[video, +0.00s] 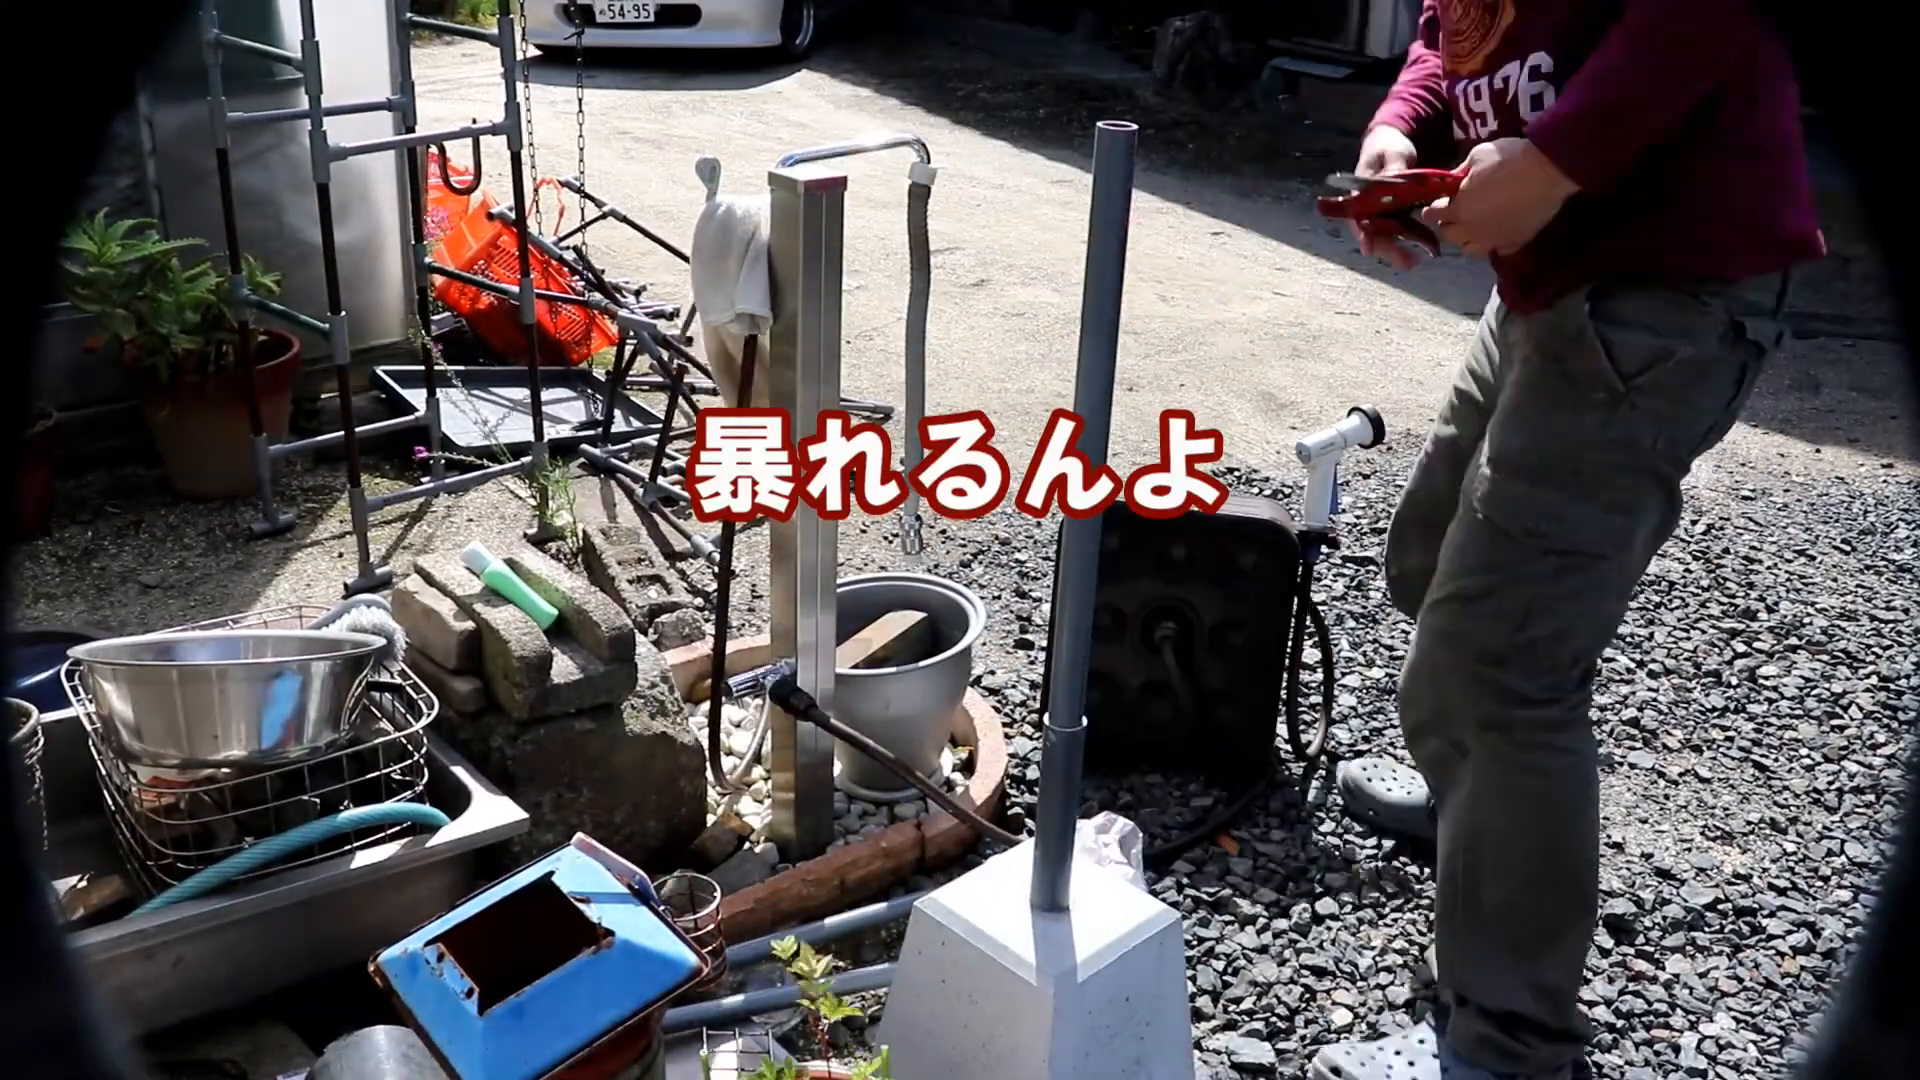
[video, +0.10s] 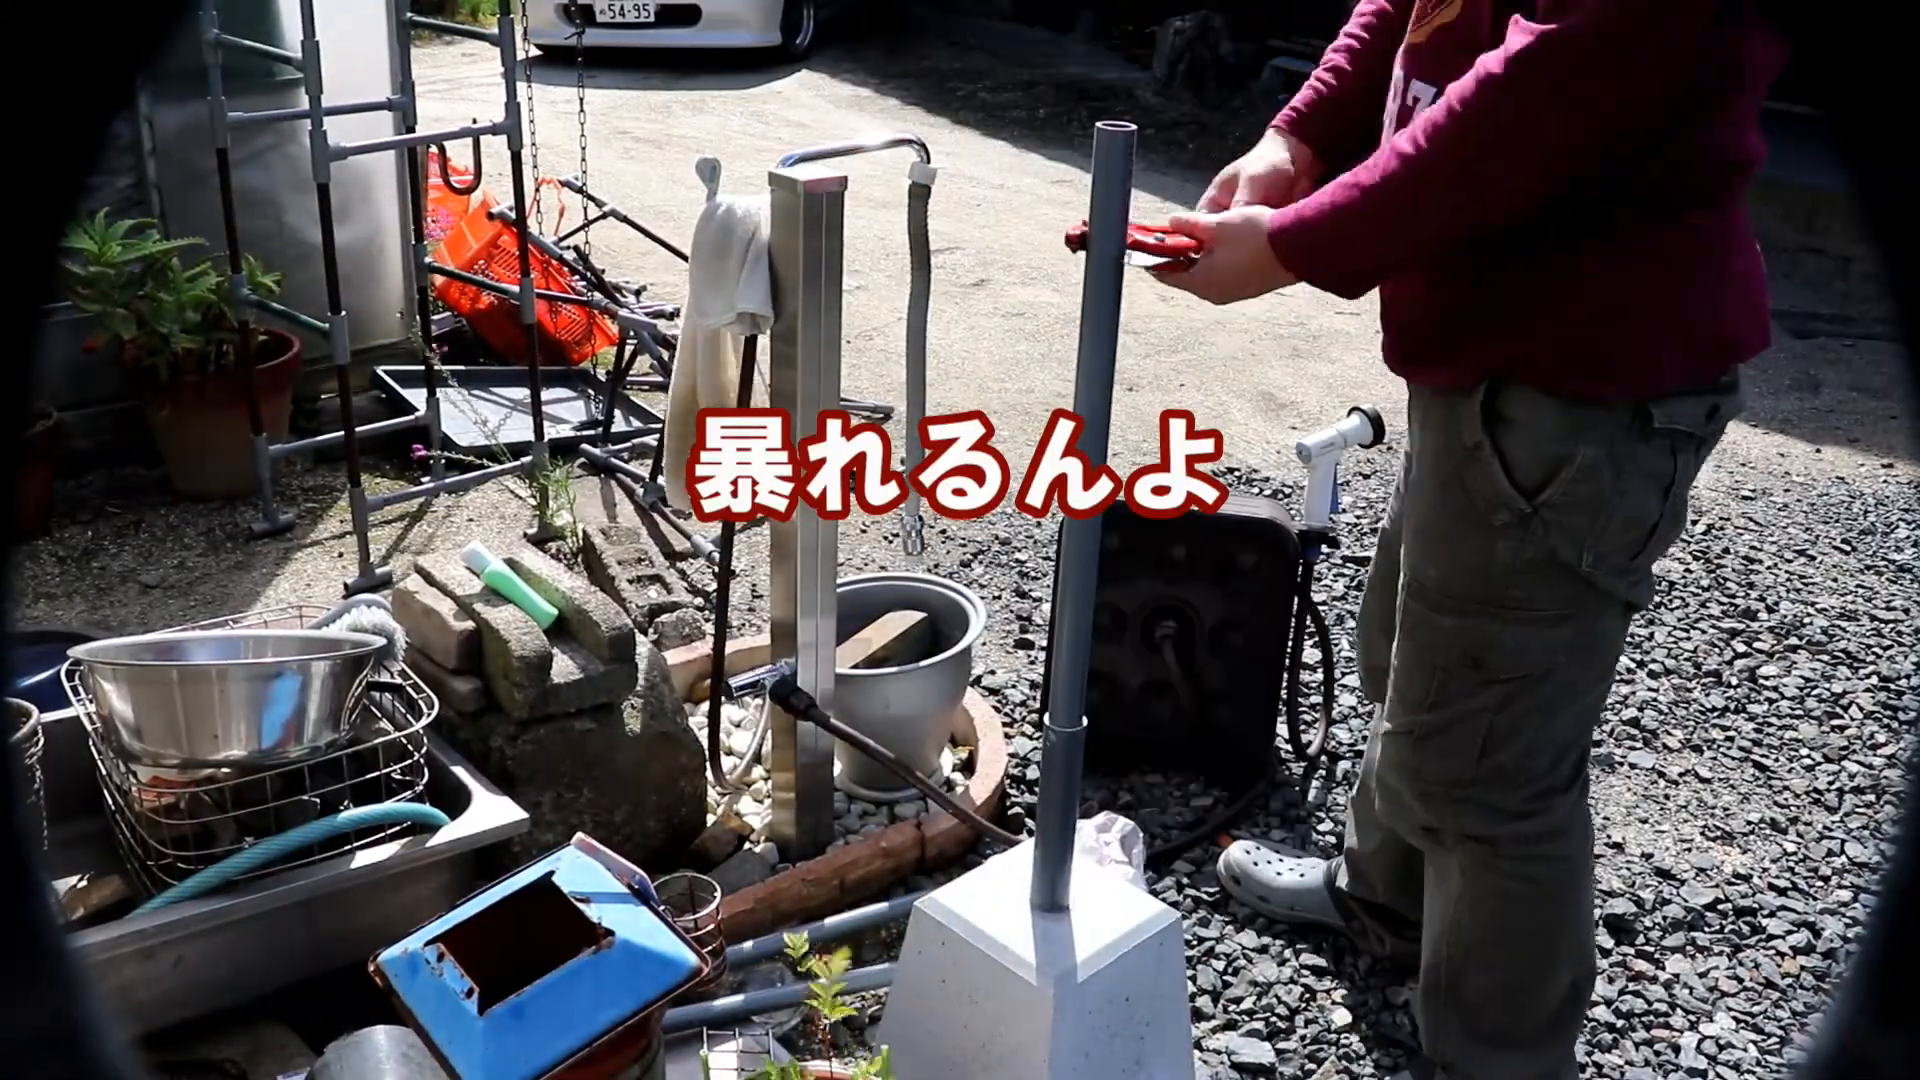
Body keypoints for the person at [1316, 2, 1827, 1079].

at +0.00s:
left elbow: (1703, 28)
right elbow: (1451, 36)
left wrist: (1560, 153)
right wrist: (1399, 124)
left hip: (1674, 277)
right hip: (1559, 259)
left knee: (1498, 668)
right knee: (1434, 561)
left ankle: (1510, 1043)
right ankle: (1468, 802)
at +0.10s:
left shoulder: (1653, 17)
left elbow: (1553, 95)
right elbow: (1414, 8)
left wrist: (1293, 246)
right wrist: (1299, 138)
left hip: (1594, 344)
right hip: (1483, 309)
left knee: (1487, 756)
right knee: (1416, 652)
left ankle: (1493, 1055)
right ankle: (1385, 904)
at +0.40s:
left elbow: (1524, 112)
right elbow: (1386, 5)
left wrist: (1283, 297)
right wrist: (1268, 183)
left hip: (1609, 342)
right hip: (1504, 302)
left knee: (1485, 764)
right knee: (1419, 650)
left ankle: (1491, 1057)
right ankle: (1384, 899)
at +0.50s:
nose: (1196, 248)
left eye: (1179, 219)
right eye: (1173, 230)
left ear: (1237, 152)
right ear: (1245, 136)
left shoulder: (1353, 225)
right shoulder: (1367, 120)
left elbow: (1363, 485)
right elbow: (1378, 322)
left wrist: (1266, 592)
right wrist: (1281, 437)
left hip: (1767, 448)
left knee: (1457, 654)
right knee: (1441, 513)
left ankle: (1406, 1002)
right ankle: (1467, 810)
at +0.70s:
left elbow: (1483, 191)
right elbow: (1519, 66)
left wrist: (1340, 271)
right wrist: (1379, 135)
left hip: (1720, 323)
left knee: (1490, 651)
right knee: (1496, 561)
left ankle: (1428, 993)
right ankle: (1449, 790)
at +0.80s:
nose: (1147, 479)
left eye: (1130, 463)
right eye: (1128, 473)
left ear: (1147, 387)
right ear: (1145, 377)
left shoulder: (1325, 334)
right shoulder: (1214, 324)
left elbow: (1373, 627)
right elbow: (1209, 575)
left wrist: (1223, 789)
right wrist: (1152, 793)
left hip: (1779, 442)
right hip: (1654, 405)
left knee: (1476, 707)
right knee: (1386, 562)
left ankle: (1426, 1024)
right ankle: (1436, 790)